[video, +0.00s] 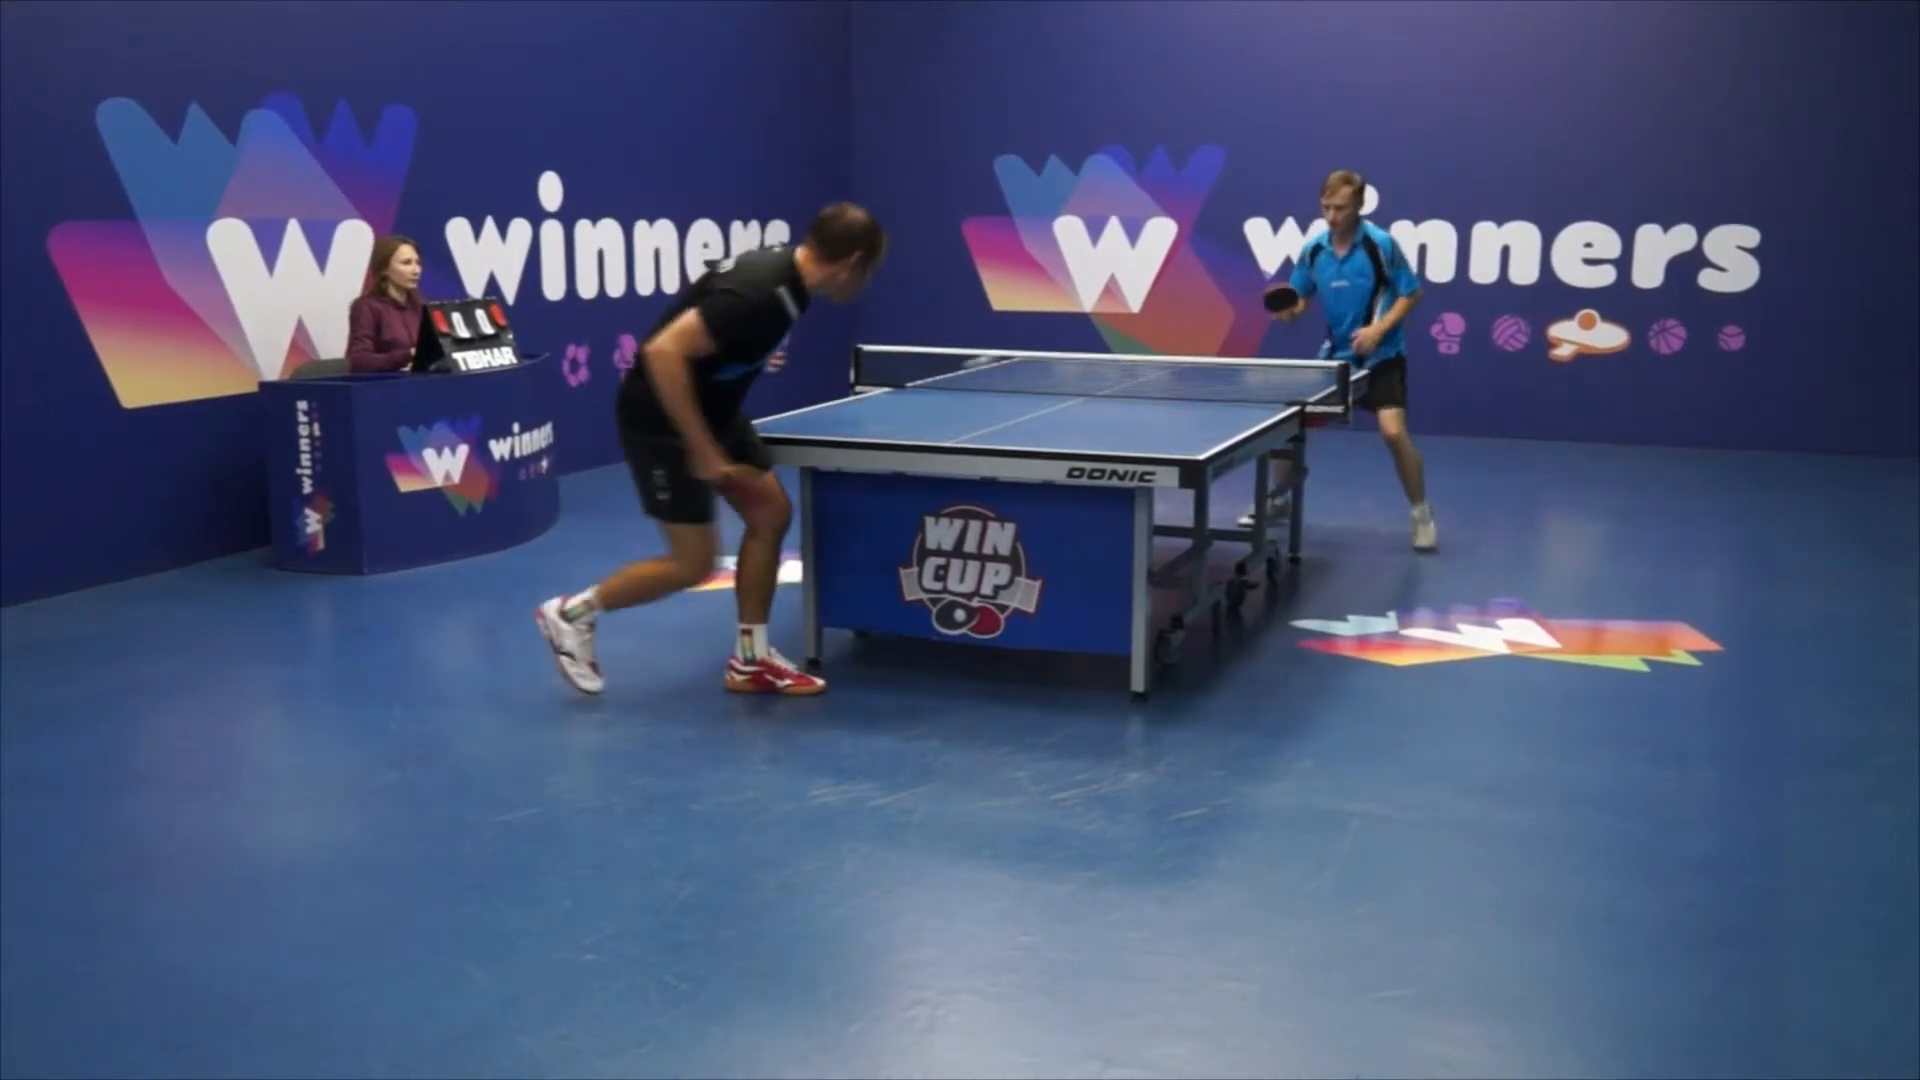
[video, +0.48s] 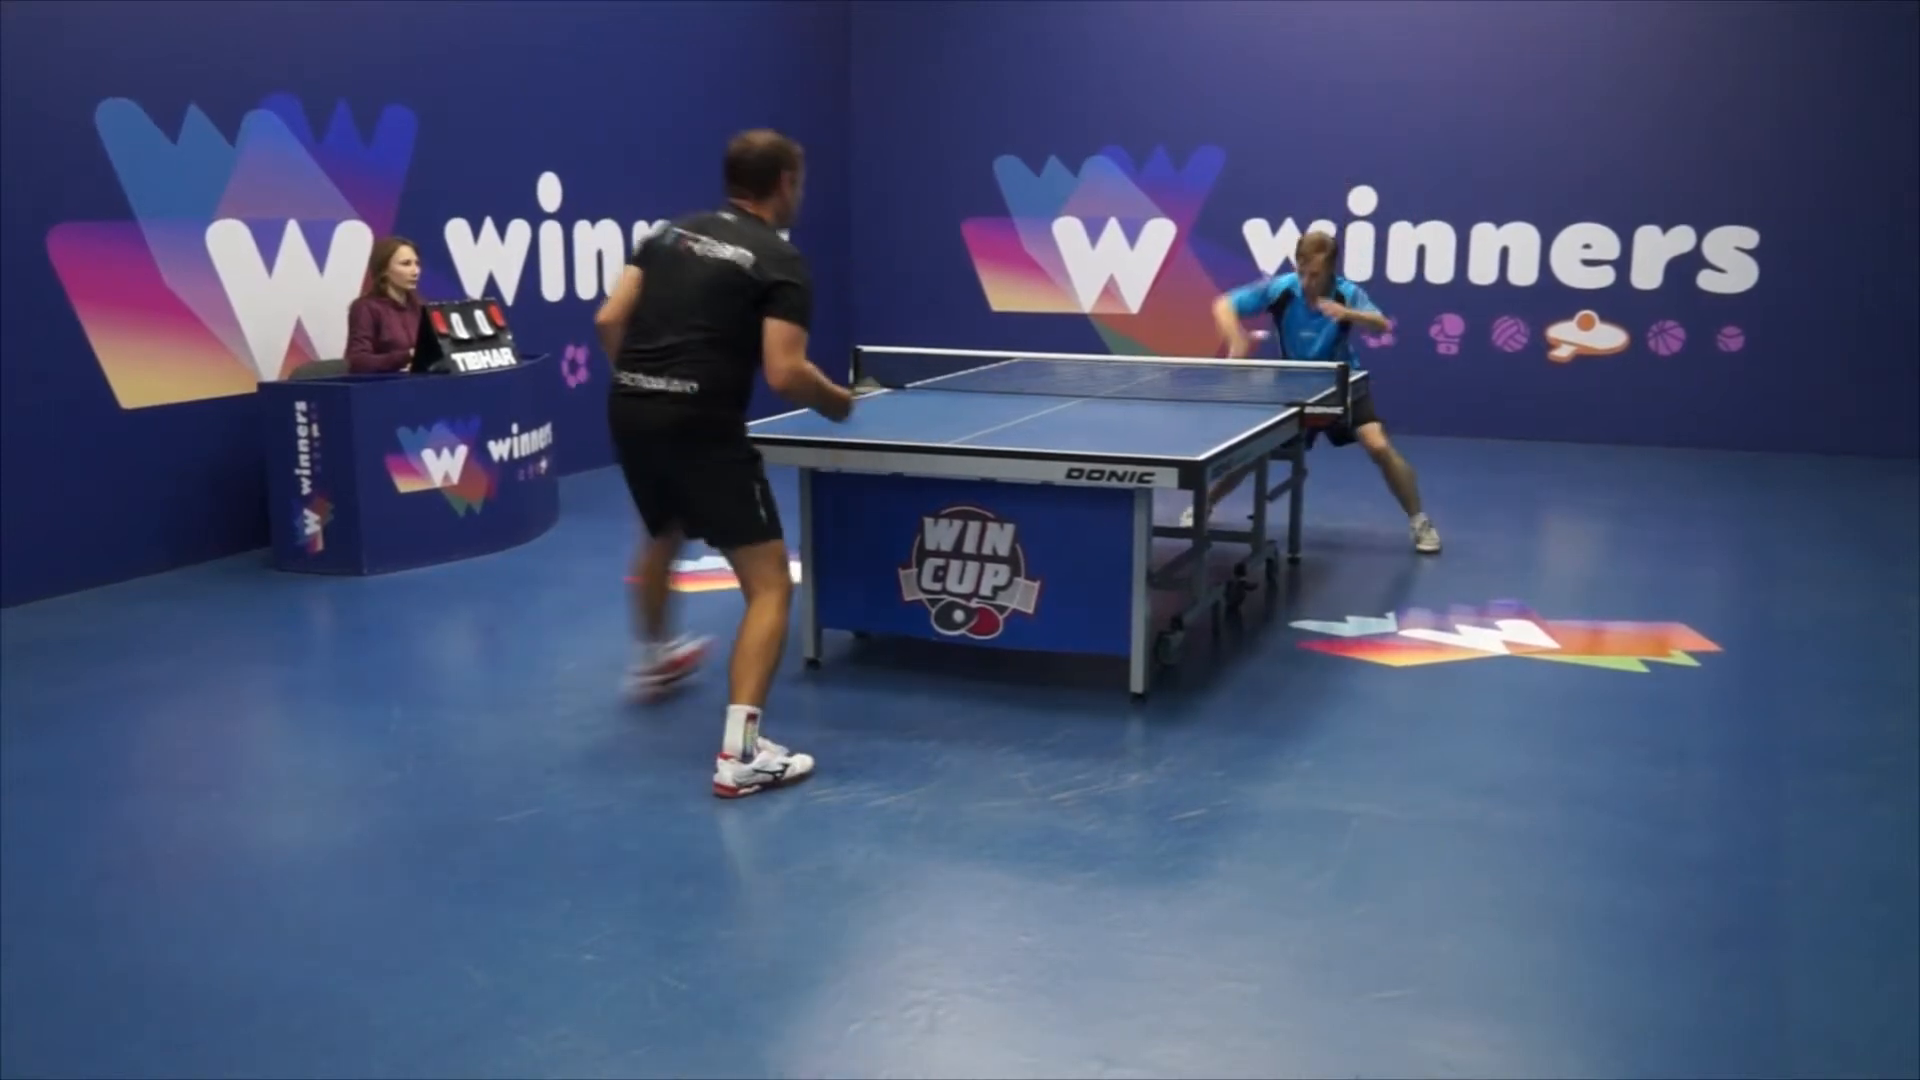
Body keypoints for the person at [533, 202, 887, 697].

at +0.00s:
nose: (863, 283)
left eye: (868, 273)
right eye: (865, 271)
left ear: (822, 246)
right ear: (845, 265)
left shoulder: (786, 279)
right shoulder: (758, 295)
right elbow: (662, 352)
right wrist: (702, 448)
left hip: (713, 408)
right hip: (659, 416)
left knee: (770, 511)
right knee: (693, 562)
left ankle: (751, 656)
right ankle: (571, 614)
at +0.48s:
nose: (800, 194)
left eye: (797, 182)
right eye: (797, 184)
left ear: (733, 183)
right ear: (781, 188)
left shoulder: (670, 233)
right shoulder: (779, 260)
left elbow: (611, 318)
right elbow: (785, 372)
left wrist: (635, 377)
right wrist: (837, 399)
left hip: (633, 413)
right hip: (703, 423)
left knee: (662, 530)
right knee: (768, 585)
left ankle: (653, 658)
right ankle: (741, 748)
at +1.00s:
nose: (709, 247)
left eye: (708, 237)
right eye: (710, 237)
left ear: (644, 226)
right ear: (698, 237)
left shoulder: (574, 266)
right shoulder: (691, 318)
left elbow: (502, 338)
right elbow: (724, 434)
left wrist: (528, 406)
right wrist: (754, 421)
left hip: (513, 438)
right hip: (587, 454)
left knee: (536, 553)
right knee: (709, 585)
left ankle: (493, 702)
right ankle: (736, 751)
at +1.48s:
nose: (659, 217)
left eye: (656, 205)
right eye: (656, 206)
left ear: (590, 212)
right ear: (640, 213)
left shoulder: (534, 276)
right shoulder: (657, 301)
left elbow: (478, 367)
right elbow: (722, 406)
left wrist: (522, 421)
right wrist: (783, 382)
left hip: (513, 463)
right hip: (592, 473)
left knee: (549, 558)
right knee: (721, 599)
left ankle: (494, 704)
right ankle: (689, 770)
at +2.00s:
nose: (619, 224)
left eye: (619, 211)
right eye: (617, 211)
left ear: (560, 195)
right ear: (594, 205)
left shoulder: (523, 251)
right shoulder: (545, 277)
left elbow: (496, 370)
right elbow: (533, 404)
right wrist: (631, 423)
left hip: (491, 463)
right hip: (533, 468)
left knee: (497, 619)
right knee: (643, 607)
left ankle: (361, 730)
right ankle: (680, 800)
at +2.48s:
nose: (556, 191)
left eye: (551, 179)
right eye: (552, 181)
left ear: (479, 193)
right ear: (538, 193)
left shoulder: (428, 270)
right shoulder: (563, 286)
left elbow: (384, 384)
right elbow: (599, 405)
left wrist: (432, 415)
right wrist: (617, 347)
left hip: (433, 484)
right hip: (520, 491)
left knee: (415, 603)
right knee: (627, 631)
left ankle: (344, 745)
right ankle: (629, 803)